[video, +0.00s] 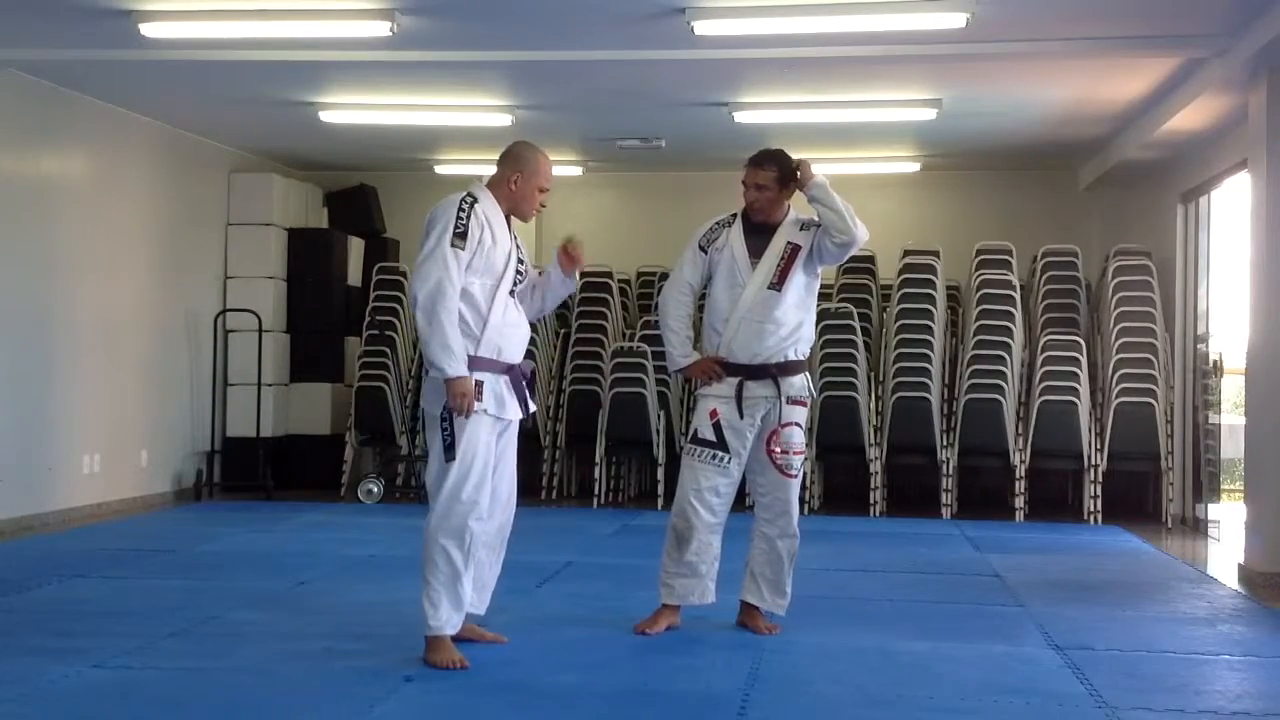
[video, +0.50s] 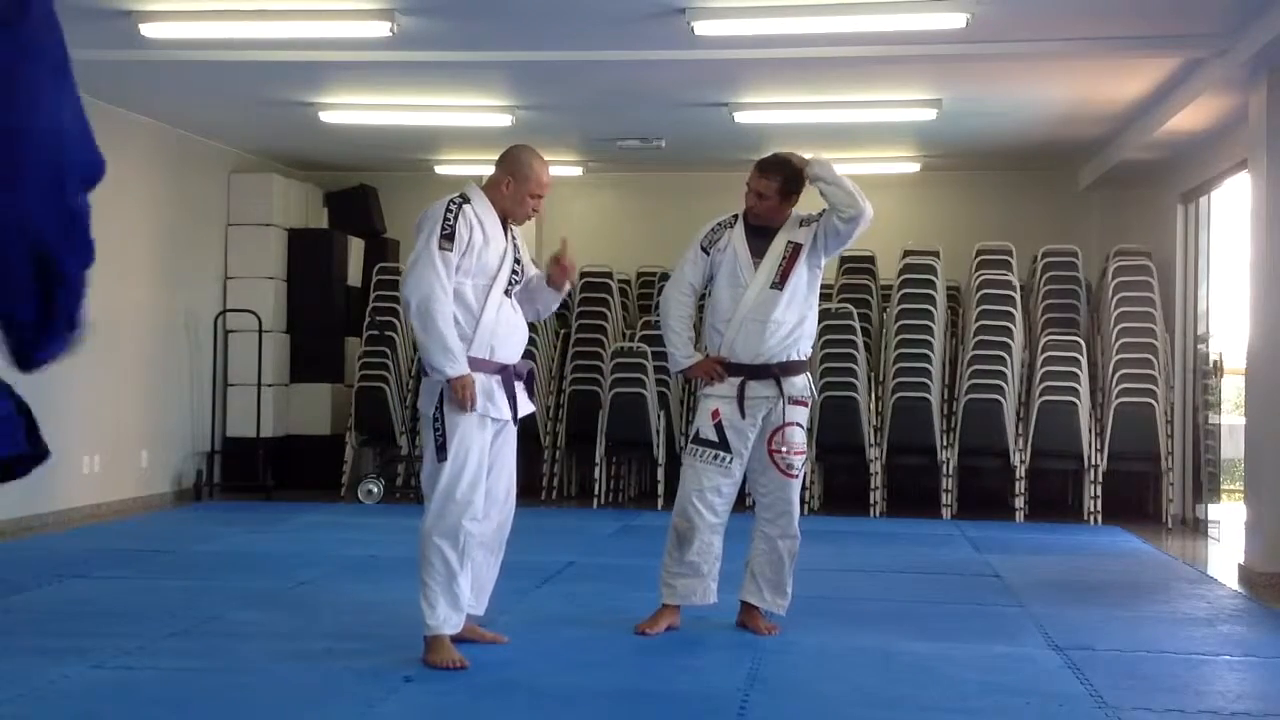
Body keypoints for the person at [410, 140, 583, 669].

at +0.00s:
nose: (546, 199)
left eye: (548, 189)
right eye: (542, 188)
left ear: (517, 182)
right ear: (512, 180)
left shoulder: (507, 235)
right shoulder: (463, 212)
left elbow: (524, 303)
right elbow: (434, 293)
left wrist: (561, 274)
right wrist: (453, 371)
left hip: (504, 389)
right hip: (466, 385)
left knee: (494, 509)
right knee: (457, 508)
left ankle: (463, 617)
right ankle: (438, 631)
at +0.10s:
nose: (543, 200)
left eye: (546, 192)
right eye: (540, 191)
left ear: (514, 183)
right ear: (510, 182)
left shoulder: (502, 235)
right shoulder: (462, 212)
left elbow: (532, 301)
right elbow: (434, 292)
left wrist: (551, 250)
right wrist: (458, 371)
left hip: (503, 389)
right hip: (468, 386)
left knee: (493, 509)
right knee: (456, 508)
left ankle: (463, 618)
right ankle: (438, 633)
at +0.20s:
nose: (540, 200)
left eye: (543, 192)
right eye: (536, 190)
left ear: (510, 184)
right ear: (507, 181)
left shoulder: (502, 236)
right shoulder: (460, 212)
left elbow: (541, 297)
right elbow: (433, 292)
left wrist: (546, 243)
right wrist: (466, 370)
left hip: (504, 390)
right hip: (466, 387)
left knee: (493, 508)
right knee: (455, 508)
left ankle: (463, 618)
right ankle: (438, 633)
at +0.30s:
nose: (540, 200)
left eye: (543, 192)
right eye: (536, 190)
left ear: (511, 183)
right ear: (507, 181)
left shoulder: (503, 236)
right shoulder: (458, 212)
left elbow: (537, 301)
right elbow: (432, 292)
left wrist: (545, 249)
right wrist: (468, 368)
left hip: (504, 391)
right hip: (464, 388)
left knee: (493, 509)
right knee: (454, 508)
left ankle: (462, 618)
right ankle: (438, 633)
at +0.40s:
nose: (539, 206)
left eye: (543, 197)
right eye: (535, 195)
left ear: (512, 187)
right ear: (506, 184)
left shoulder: (505, 239)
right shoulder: (456, 213)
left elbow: (529, 308)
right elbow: (429, 293)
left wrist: (547, 259)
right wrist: (463, 368)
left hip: (504, 393)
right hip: (464, 390)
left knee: (493, 510)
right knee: (453, 509)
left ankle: (463, 619)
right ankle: (438, 633)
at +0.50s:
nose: (539, 208)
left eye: (543, 198)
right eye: (535, 196)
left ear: (511, 189)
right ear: (505, 184)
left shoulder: (510, 238)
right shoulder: (454, 214)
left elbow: (523, 307)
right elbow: (424, 291)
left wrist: (553, 285)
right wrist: (453, 367)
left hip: (504, 392)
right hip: (462, 388)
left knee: (494, 509)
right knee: (453, 508)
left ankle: (465, 619)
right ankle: (438, 633)